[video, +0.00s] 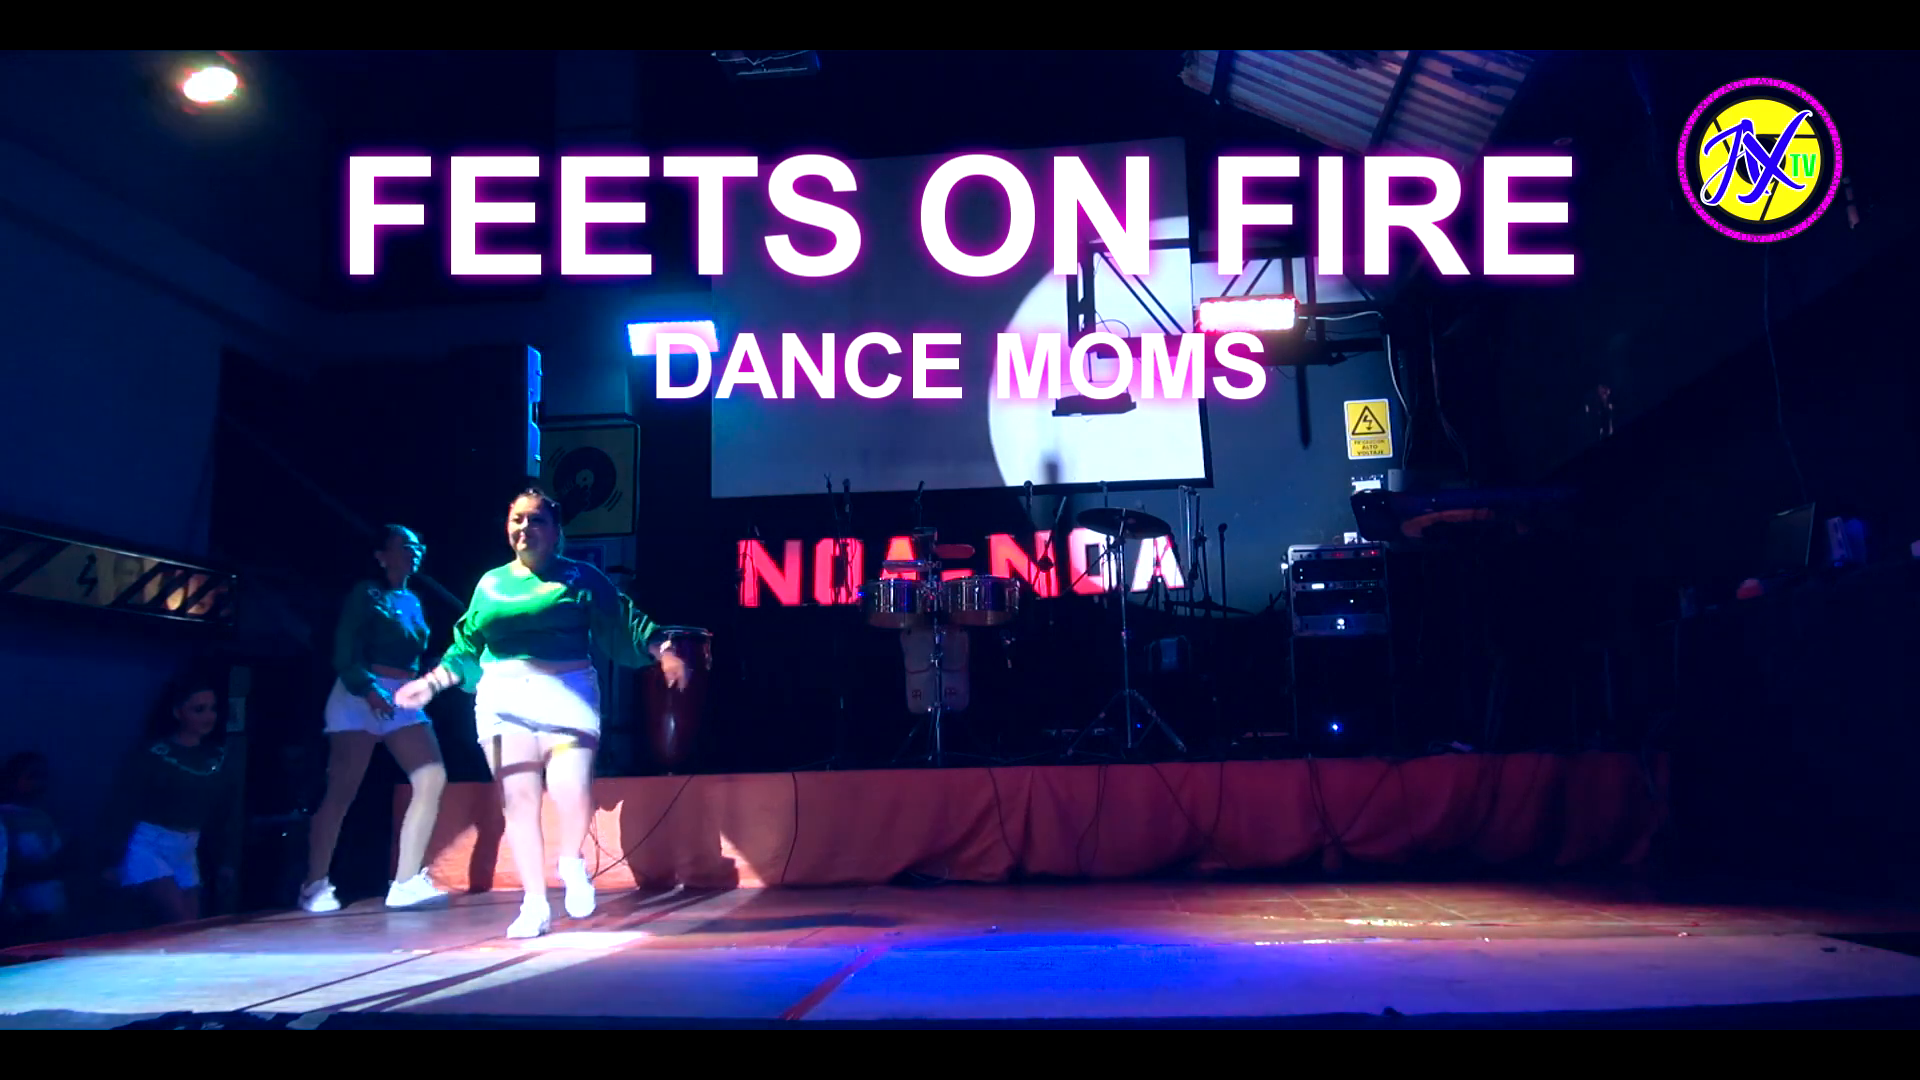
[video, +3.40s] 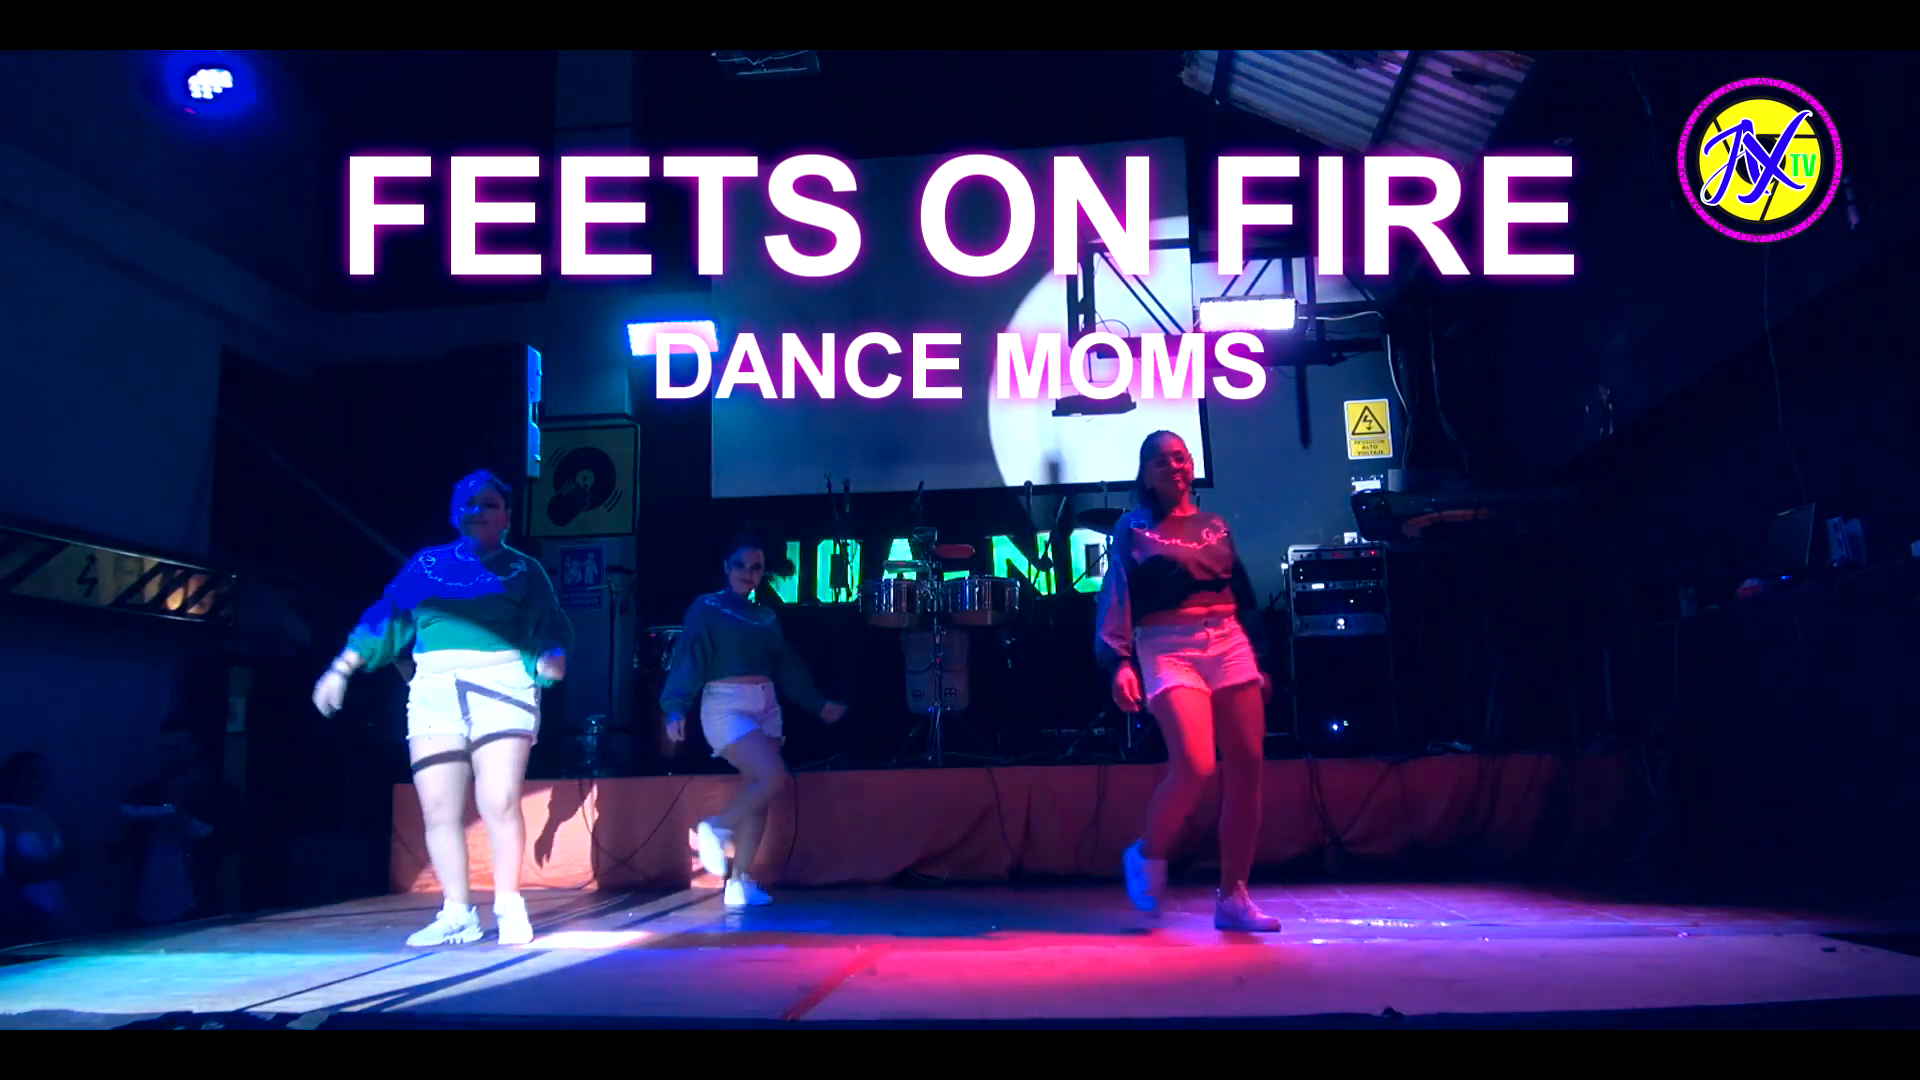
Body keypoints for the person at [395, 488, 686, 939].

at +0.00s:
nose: (526, 526)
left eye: (537, 519)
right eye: (519, 519)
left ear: (556, 529)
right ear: (507, 529)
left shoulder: (583, 578)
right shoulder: (492, 584)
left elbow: (628, 623)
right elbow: (467, 646)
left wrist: (663, 650)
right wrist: (432, 681)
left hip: (569, 686)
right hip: (507, 688)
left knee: (572, 783)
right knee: (519, 795)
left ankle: (572, 863)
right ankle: (534, 900)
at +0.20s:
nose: (516, 511)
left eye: (528, 505)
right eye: (510, 504)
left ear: (549, 515)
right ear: (501, 513)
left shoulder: (576, 566)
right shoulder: (481, 569)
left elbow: (615, 620)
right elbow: (456, 628)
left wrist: (633, 673)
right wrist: (414, 617)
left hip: (558, 682)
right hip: (497, 687)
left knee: (536, 789)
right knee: (519, 797)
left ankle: (529, 906)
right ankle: (542, 903)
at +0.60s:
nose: (504, 503)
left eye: (518, 496)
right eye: (499, 496)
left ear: (546, 514)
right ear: (492, 510)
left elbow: (598, 627)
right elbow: (432, 622)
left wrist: (604, 672)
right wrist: (413, 682)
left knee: (525, 797)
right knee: (452, 798)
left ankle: (516, 909)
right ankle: (493, 888)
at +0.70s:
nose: (496, 494)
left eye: (510, 486)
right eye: (491, 486)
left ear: (536, 498)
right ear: (483, 497)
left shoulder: (564, 557)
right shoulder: (460, 548)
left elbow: (597, 611)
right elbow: (430, 613)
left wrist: (611, 635)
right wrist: (416, 675)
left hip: (536, 686)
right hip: (464, 682)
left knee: (520, 798)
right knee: (437, 794)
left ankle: (515, 911)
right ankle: (442, 902)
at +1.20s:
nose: (450, 493)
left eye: (461, 486)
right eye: (452, 485)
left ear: (493, 497)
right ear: (472, 497)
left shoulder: (530, 552)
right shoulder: (436, 551)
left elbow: (565, 616)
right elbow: (412, 611)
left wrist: (571, 677)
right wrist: (368, 621)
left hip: (494, 677)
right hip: (427, 677)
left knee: (489, 802)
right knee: (433, 804)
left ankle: (507, 912)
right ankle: (418, 918)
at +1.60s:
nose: (466, 498)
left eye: (477, 491)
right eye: (468, 490)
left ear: (506, 499)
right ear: (482, 500)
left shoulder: (540, 552)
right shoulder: (456, 557)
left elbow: (564, 616)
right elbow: (434, 623)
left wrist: (560, 675)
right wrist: (406, 675)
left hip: (517, 689)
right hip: (454, 693)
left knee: (510, 803)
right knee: (440, 808)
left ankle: (514, 915)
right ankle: (419, 917)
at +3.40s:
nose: (478, 512)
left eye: (489, 504)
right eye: (469, 505)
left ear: (507, 514)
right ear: (456, 514)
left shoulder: (526, 572)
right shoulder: (427, 565)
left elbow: (549, 630)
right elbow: (385, 617)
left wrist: (552, 659)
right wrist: (341, 669)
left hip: (505, 687)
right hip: (434, 690)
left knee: (500, 802)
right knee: (440, 811)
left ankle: (509, 907)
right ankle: (457, 914)